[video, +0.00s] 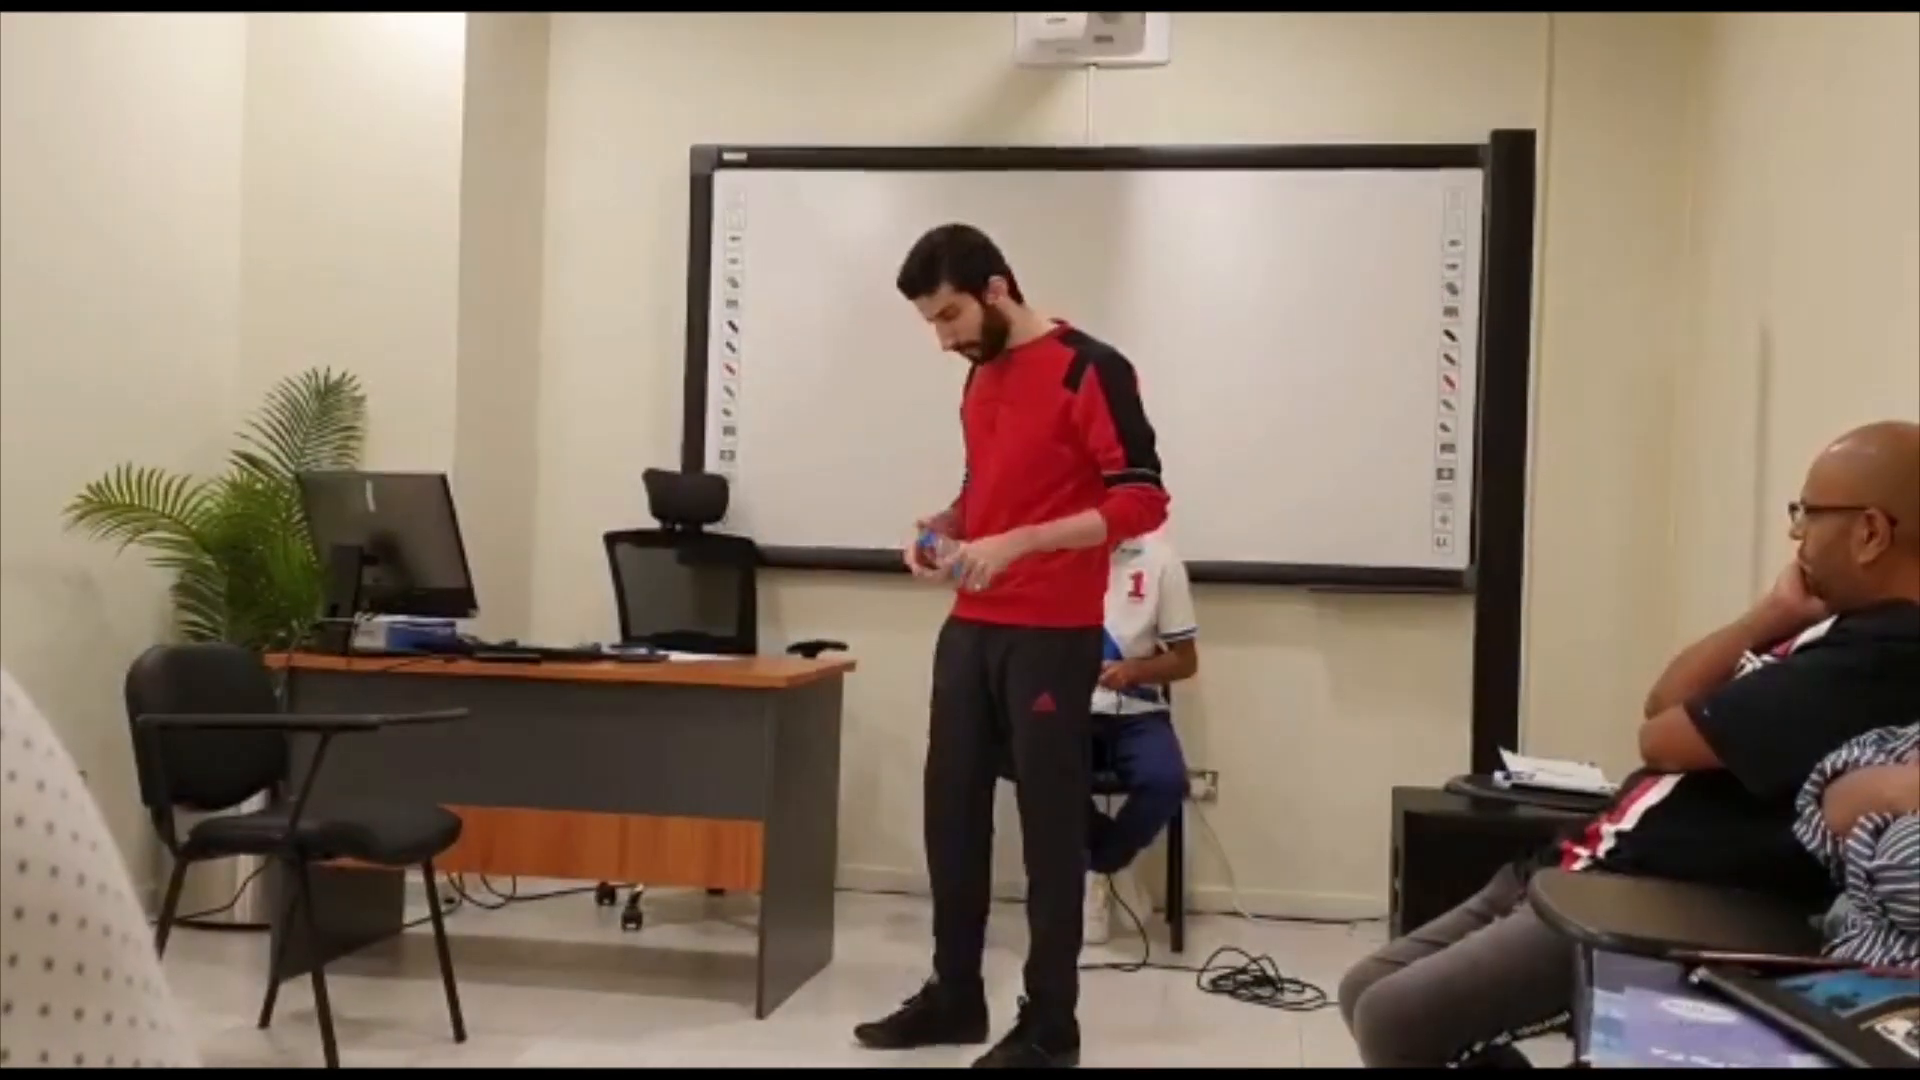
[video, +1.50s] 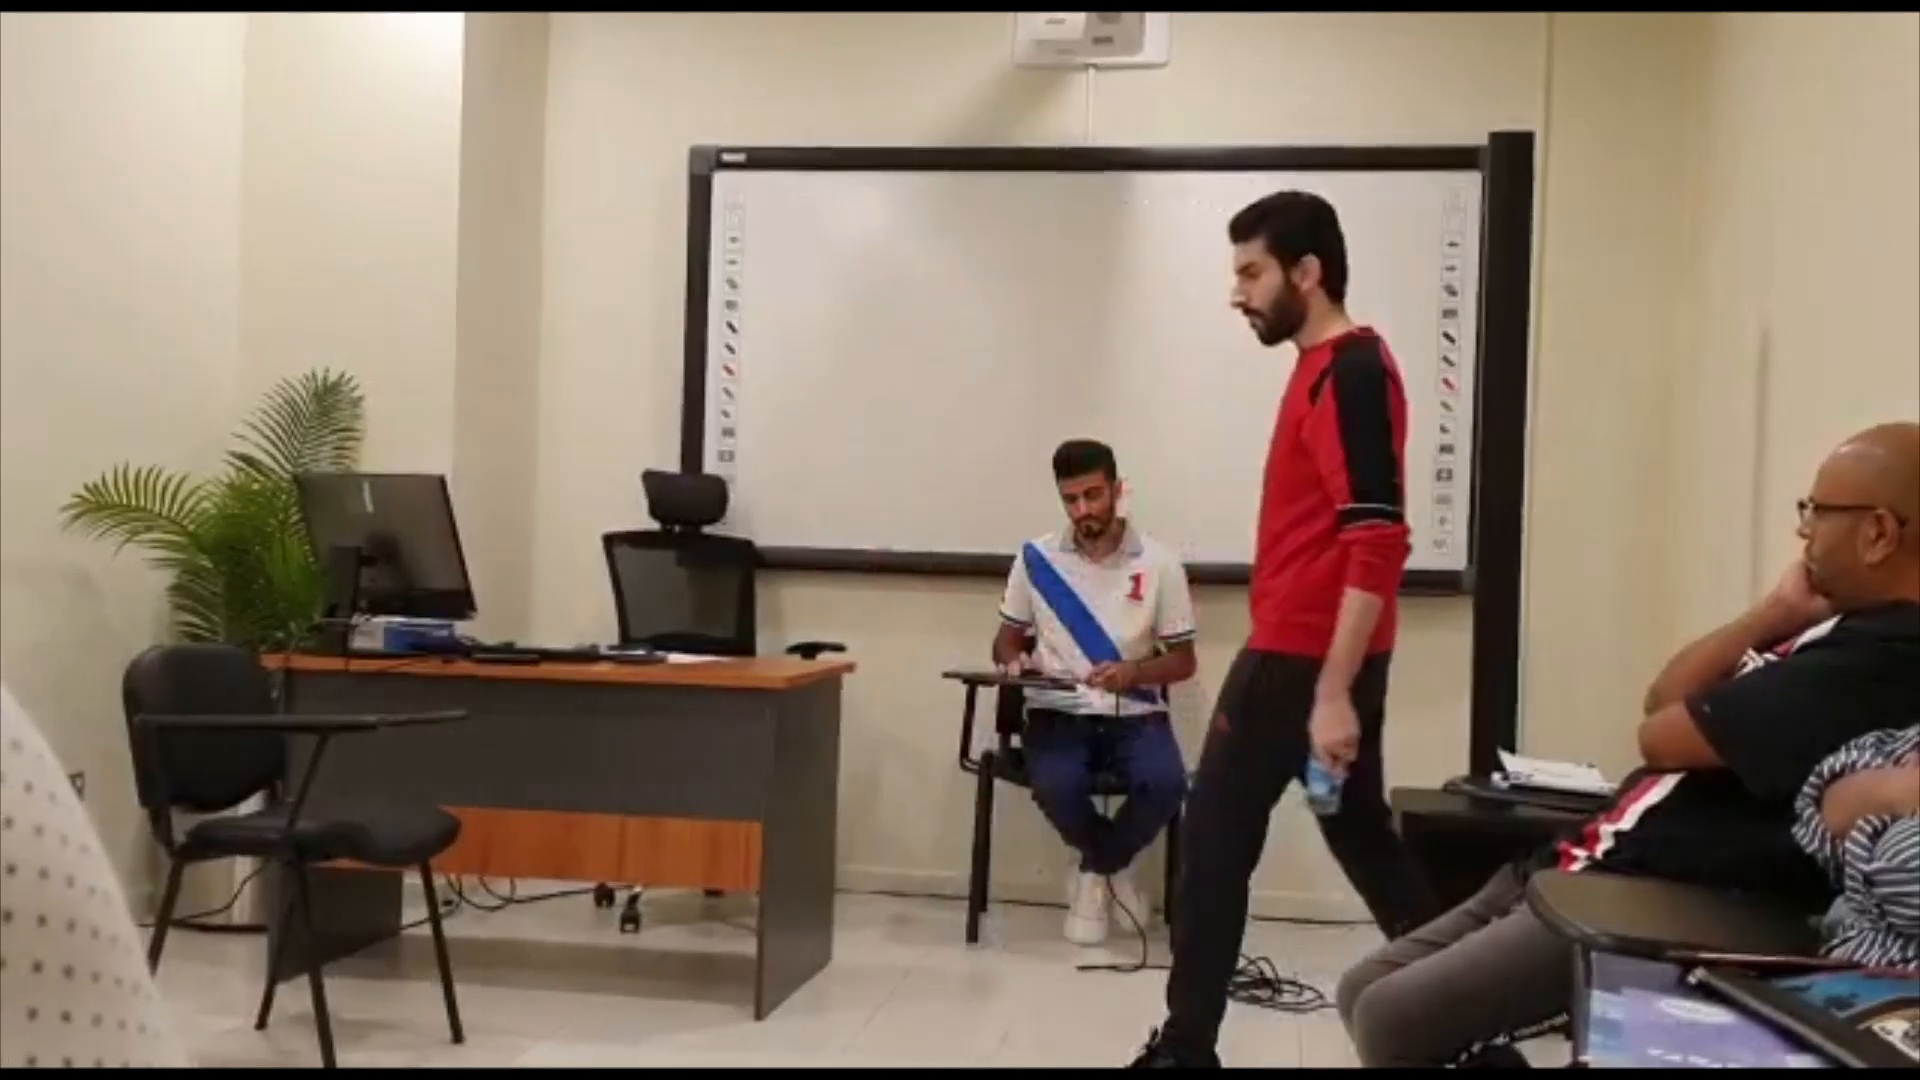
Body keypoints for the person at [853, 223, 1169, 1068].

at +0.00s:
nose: (941, 338)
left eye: (947, 318)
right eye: (932, 323)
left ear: (996, 289)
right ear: (972, 304)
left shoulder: (1091, 369)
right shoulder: (982, 381)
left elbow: (1145, 502)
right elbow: (988, 492)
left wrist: (1017, 542)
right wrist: (944, 530)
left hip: (1054, 637)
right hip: (973, 630)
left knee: (1052, 833)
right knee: (953, 814)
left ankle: (1049, 1026)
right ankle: (955, 996)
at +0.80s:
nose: (1031, 300)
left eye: (1044, 279)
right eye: (1028, 281)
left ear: (1103, 276)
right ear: (1093, 281)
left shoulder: (1179, 369)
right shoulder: (1095, 375)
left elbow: (1210, 522)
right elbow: (1089, 504)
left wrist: (1076, 560)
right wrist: (1017, 526)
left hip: (1137, 644)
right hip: (1069, 636)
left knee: (1132, 845)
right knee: (1030, 818)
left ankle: (1179, 1041)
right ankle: (994, 1000)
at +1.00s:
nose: (1082, 287)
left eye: (1094, 267)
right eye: (1080, 269)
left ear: (1152, 266)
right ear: (1143, 270)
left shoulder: (1224, 358)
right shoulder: (1156, 359)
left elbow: (1226, 521)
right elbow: (1130, 496)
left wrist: (1095, 561)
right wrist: (1046, 541)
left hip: (1184, 632)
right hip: (1131, 628)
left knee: (1166, 832)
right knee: (1100, 811)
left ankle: (1184, 1040)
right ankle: (1118, 1011)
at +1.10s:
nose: (1107, 285)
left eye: (1120, 265)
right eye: (1106, 267)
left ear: (1179, 263)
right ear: (1171, 269)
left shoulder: (1246, 358)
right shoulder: (1186, 356)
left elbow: (1229, 524)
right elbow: (1148, 498)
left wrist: (1102, 604)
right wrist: (1056, 574)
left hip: (1201, 627)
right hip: (1161, 621)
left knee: (1176, 831)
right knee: (1149, 826)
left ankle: (1197, 1037)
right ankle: (1185, 1020)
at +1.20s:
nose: (1137, 287)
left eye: (1149, 266)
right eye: (1134, 268)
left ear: (1206, 261)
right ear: (1200, 266)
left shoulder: (1268, 357)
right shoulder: (1212, 359)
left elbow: (1241, 521)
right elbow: (1180, 519)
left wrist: (1143, 647)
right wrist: (1106, 602)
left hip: (1226, 636)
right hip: (1192, 632)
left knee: (1192, 835)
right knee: (1211, 827)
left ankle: (1184, 1040)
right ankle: (1286, 1020)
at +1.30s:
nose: (1166, 285)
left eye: (1177, 264)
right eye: (1165, 265)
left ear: (1236, 260)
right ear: (1231, 263)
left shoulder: (1289, 360)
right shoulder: (1249, 356)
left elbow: (1271, 530)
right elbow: (1220, 518)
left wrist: (1204, 669)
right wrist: (1172, 641)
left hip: (1255, 645)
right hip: (1228, 642)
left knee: (1203, 842)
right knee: (1270, 836)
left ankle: (1185, 1043)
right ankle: (1379, 1014)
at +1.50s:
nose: (1236, 294)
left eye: (1249, 273)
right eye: (1234, 276)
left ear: (1308, 272)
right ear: (1303, 278)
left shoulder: (1352, 366)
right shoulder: (1322, 366)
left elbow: (1379, 541)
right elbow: (1326, 535)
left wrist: (1335, 690)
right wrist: (1267, 664)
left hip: (1300, 656)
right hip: (1319, 650)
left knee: (1215, 831)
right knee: (1365, 838)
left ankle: (1188, 1043)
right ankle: (1470, 1023)